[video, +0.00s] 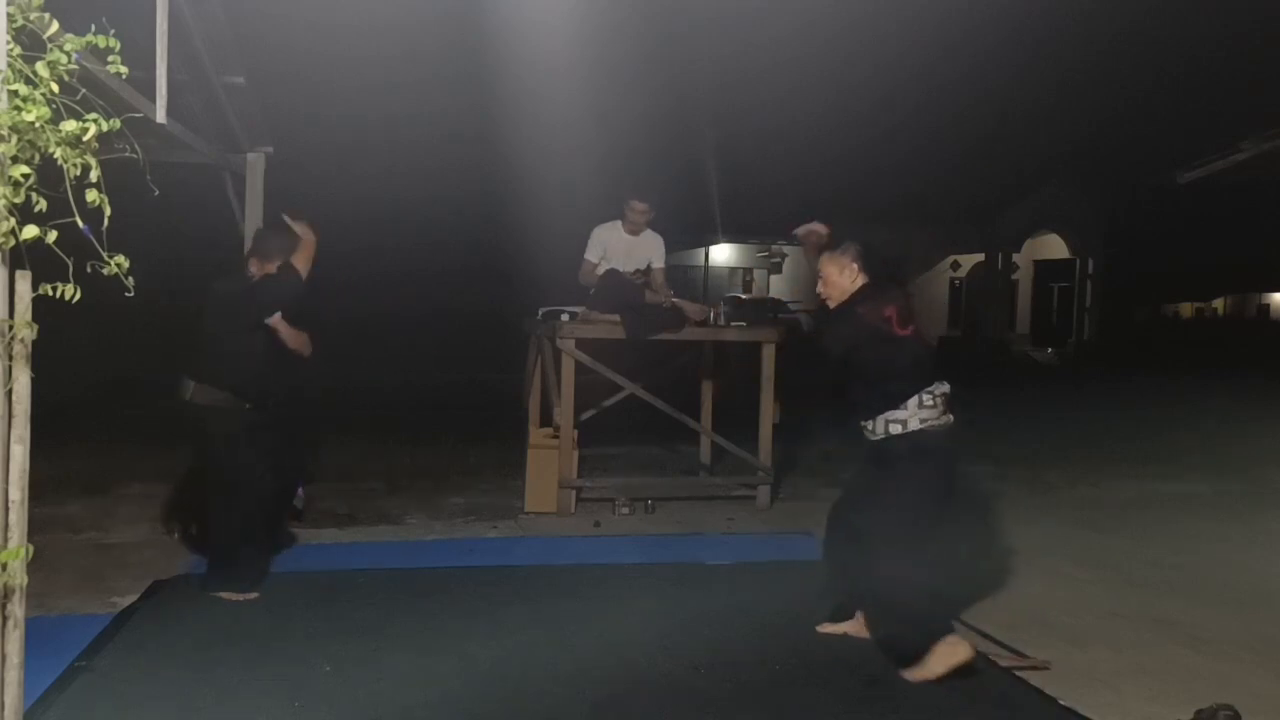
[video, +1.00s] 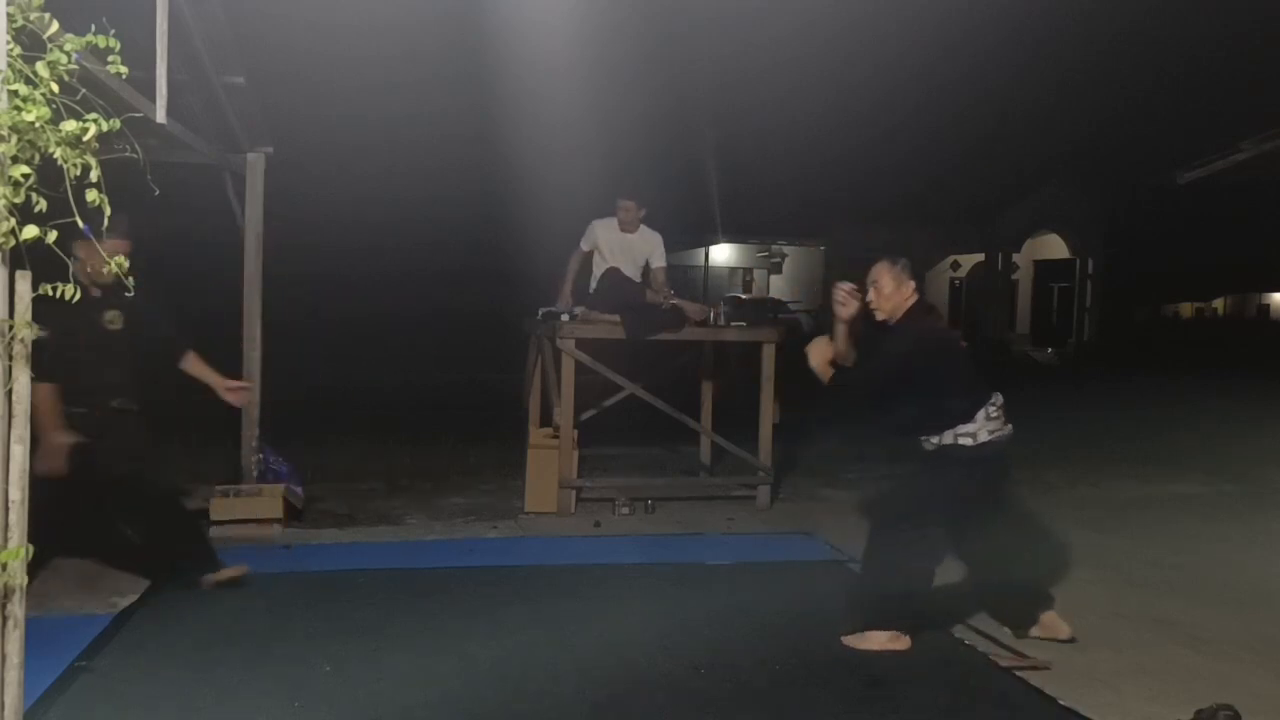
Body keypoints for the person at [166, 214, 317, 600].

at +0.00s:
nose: (283, 276)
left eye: (285, 270)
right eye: (280, 270)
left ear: (255, 260)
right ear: (260, 264)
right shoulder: (236, 294)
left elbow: (307, 347)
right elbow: (290, 280)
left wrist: (290, 334)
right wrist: (309, 241)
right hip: (226, 408)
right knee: (241, 491)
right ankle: (229, 579)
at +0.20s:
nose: (292, 287)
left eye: (297, 280)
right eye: (291, 276)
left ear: (283, 269)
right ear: (267, 264)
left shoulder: (257, 296)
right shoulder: (236, 293)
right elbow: (271, 330)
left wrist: (289, 344)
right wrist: (267, 276)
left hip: (233, 404)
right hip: (213, 406)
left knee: (261, 480)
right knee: (238, 486)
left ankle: (255, 567)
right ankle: (227, 576)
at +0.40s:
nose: (280, 275)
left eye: (283, 268)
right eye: (276, 266)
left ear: (261, 262)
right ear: (248, 257)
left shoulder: (253, 294)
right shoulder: (223, 291)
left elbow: (280, 340)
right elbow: (268, 341)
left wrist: (276, 317)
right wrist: (300, 292)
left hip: (238, 403)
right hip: (208, 406)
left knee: (260, 484)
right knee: (230, 488)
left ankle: (256, 571)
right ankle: (226, 578)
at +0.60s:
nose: (256, 269)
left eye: (259, 261)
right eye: (250, 259)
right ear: (222, 254)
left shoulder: (225, 289)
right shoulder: (202, 290)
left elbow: (268, 329)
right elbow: (264, 334)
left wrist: (242, 291)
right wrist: (303, 289)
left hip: (225, 404)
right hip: (189, 405)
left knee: (244, 482)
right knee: (190, 486)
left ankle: (237, 571)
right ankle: (173, 575)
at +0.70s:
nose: (229, 268)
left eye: (232, 260)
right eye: (223, 259)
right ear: (194, 253)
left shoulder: (202, 289)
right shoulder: (181, 294)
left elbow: (213, 340)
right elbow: (236, 341)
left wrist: (241, 317)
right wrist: (301, 324)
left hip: (205, 410)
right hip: (173, 414)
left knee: (233, 486)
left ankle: (236, 572)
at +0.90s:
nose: (148, 270)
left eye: (152, 260)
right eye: (141, 259)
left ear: (154, 259)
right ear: (112, 254)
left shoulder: (149, 301)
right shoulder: (86, 303)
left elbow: (195, 345)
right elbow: (100, 375)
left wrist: (246, 382)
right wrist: (142, 423)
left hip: (130, 424)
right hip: (80, 427)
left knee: (178, 493)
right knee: (59, 512)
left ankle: (223, 571)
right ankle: (16, 578)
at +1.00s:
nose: (117, 264)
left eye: (122, 256)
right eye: (109, 254)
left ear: (127, 255)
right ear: (79, 252)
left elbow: (172, 348)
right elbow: (44, 375)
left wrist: (218, 382)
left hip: (127, 424)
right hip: (72, 427)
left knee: (156, 497)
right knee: (49, 515)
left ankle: (202, 567)